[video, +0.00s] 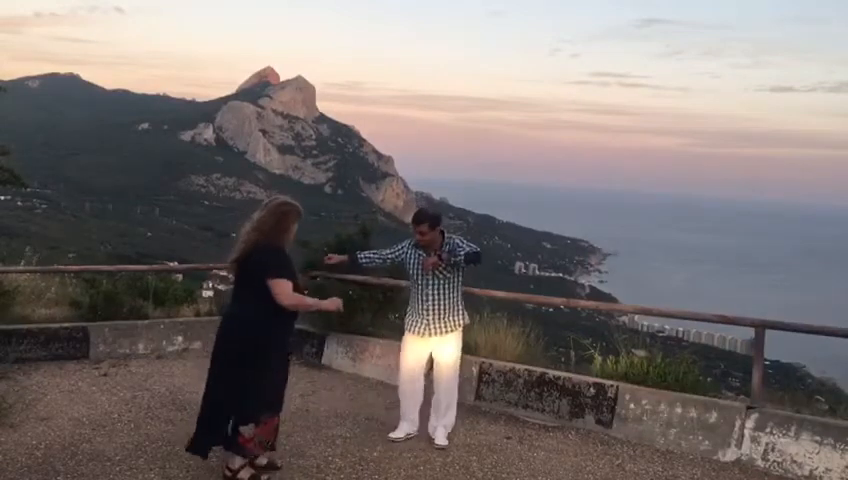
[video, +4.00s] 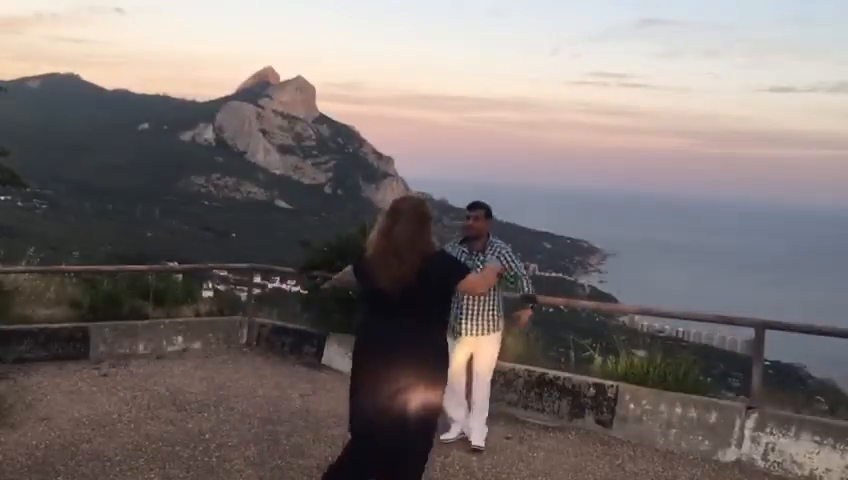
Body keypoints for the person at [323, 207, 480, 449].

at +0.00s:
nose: (418, 239)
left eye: (423, 234)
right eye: (416, 234)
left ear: (438, 230)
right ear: (413, 230)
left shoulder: (454, 244)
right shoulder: (409, 248)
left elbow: (476, 256)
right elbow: (381, 257)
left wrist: (444, 259)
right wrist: (345, 259)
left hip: (448, 327)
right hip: (416, 327)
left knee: (446, 381)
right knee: (408, 377)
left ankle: (441, 428)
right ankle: (408, 425)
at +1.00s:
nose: (434, 255)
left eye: (439, 252)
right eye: (431, 250)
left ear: (451, 247)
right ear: (426, 241)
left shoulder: (462, 256)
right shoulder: (414, 248)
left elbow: (484, 277)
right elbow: (381, 250)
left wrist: (454, 279)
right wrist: (346, 247)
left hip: (441, 331)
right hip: (409, 327)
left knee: (433, 384)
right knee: (402, 380)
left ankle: (424, 431)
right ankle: (399, 429)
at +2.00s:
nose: (497, 236)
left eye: (499, 232)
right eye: (496, 230)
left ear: (481, 226)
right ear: (484, 224)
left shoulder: (472, 248)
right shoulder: (461, 242)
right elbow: (487, 246)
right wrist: (503, 243)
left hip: (459, 327)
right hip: (453, 326)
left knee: (449, 385)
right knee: (477, 383)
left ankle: (439, 435)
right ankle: (443, 429)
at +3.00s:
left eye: (463, 228)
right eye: (484, 226)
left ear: (463, 229)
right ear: (485, 227)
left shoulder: (455, 251)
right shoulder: (501, 250)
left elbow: (423, 265)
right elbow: (534, 271)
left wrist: (402, 259)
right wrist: (547, 276)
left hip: (463, 329)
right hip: (495, 328)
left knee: (457, 380)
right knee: (486, 374)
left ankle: (467, 438)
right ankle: (493, 428)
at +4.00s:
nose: (470, 222)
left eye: (476, 219)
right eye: (468, 218)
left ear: (489, 223)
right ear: (464, 221)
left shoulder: (500, 251)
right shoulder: (454, 250)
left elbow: (522, 277)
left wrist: (528, 303)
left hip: (488, 331)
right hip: (457, 328)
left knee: (481, 383)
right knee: (454, 379)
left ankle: (477, 434)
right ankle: (456, 424)